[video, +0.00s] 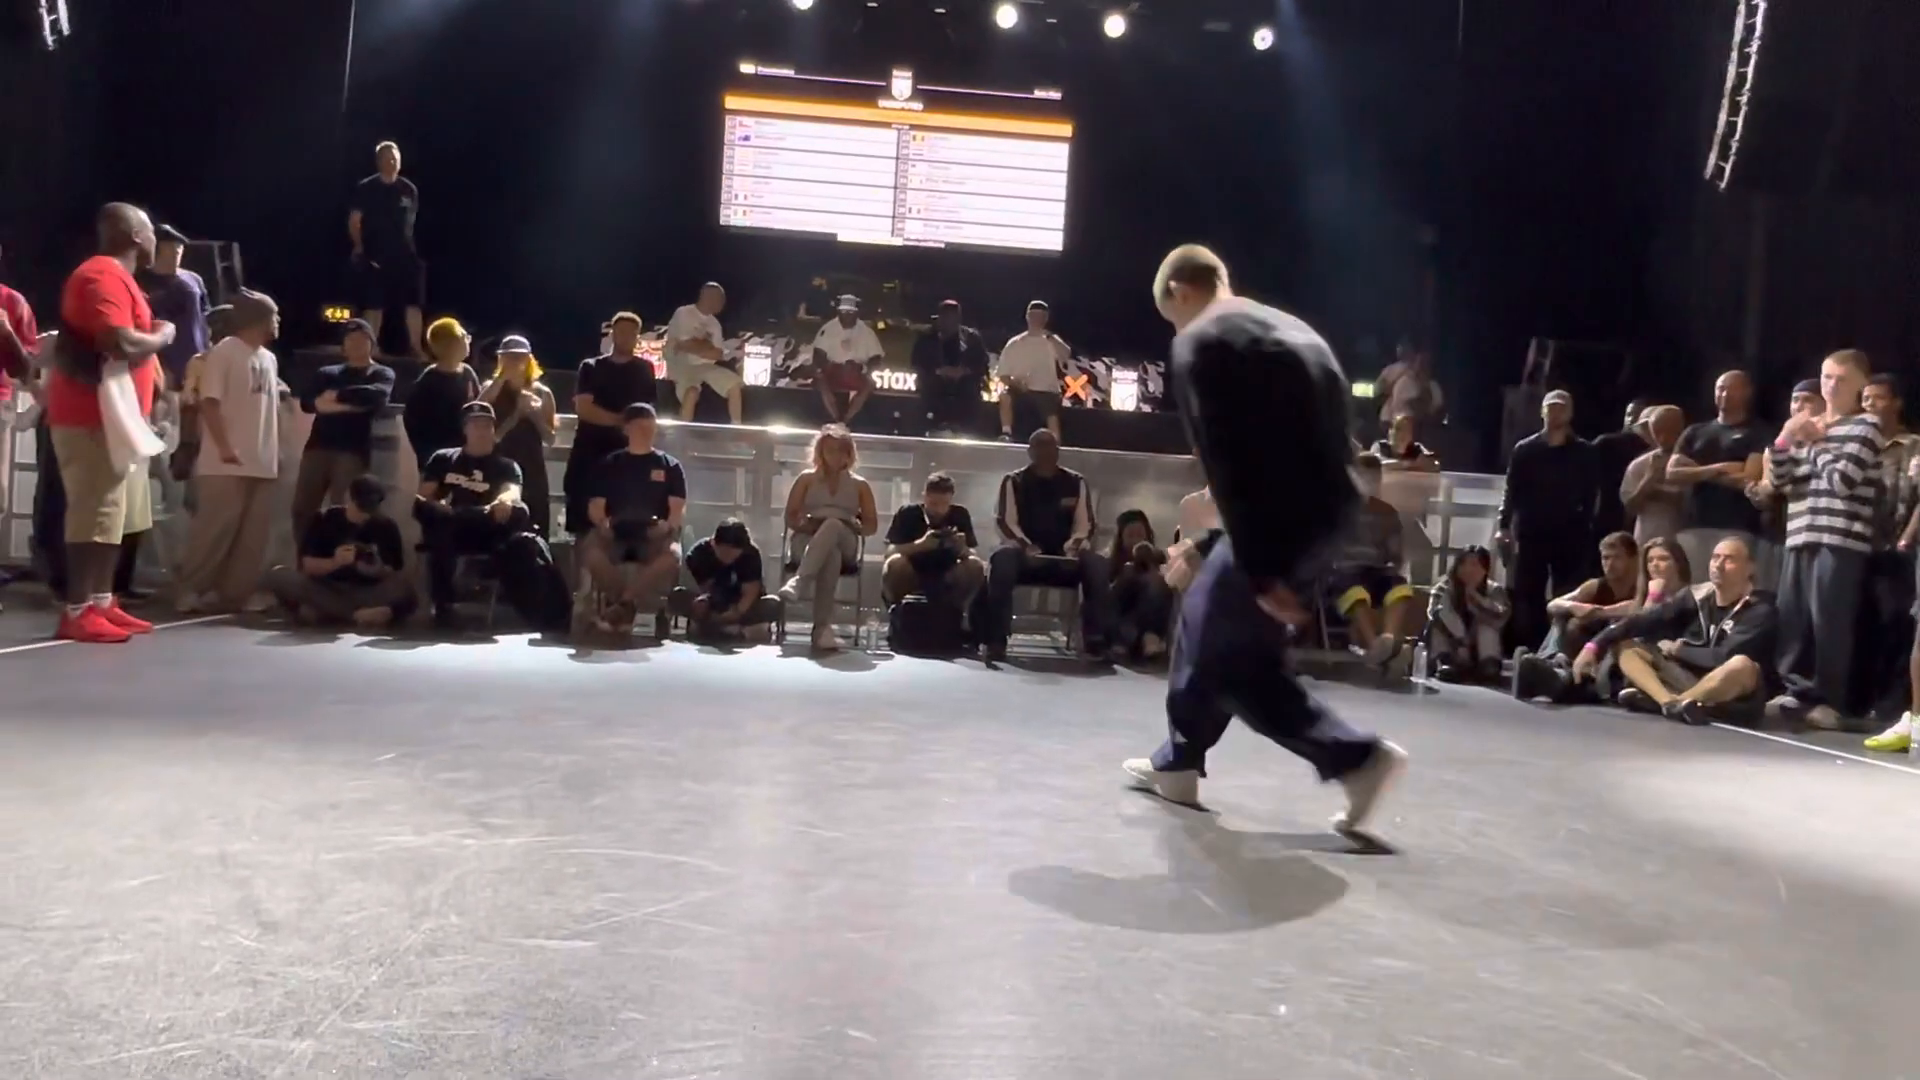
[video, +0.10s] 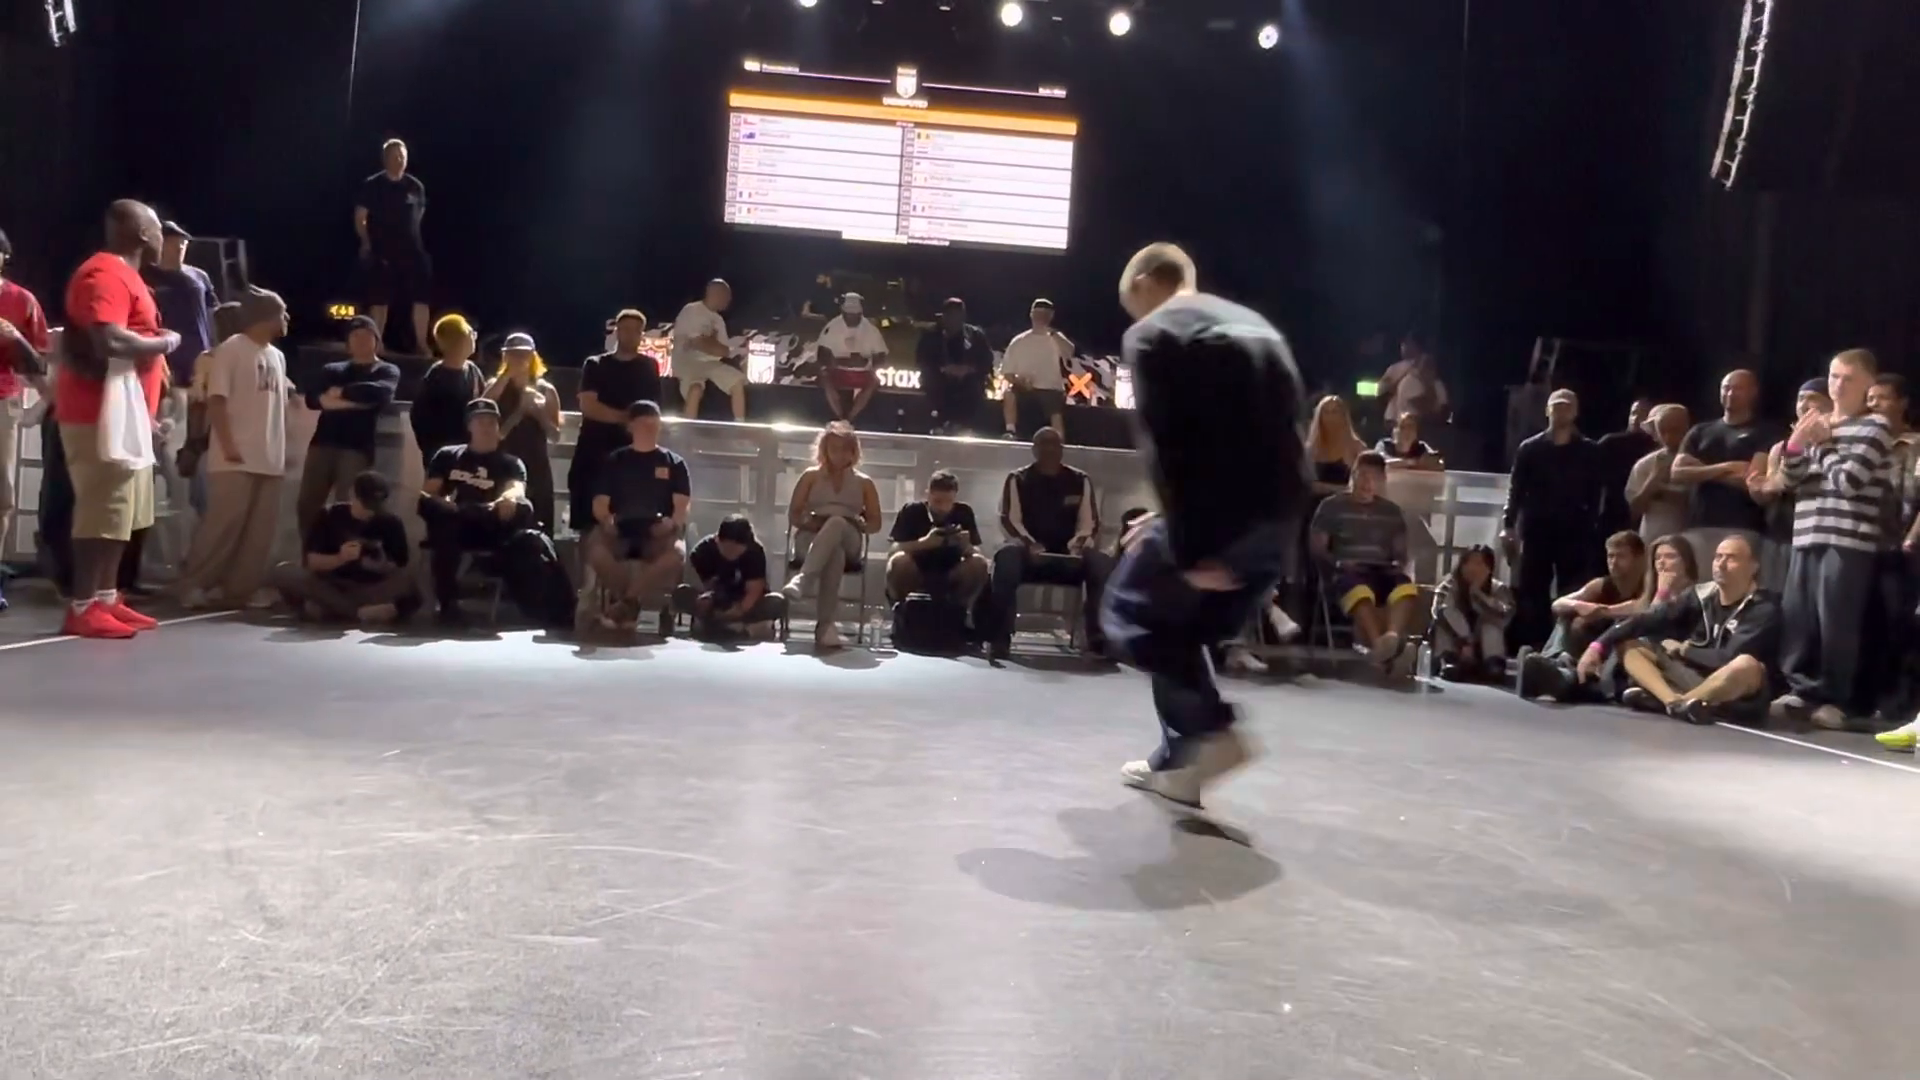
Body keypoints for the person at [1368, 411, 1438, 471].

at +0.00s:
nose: (1392, 432)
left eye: (1398, 429)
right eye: (1392, 428)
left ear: (1409, 433)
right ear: (1389, 430)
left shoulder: (1419, 449)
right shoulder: (1379, 447)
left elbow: (1432, 465)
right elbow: (1373, 465)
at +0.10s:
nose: (1407, 431)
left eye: (1411, 427)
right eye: (1403, 427)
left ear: (1416, 430)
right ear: (1397, 429)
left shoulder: (1422, 447)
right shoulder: (1384, 445)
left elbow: (1436, 463)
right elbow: (1382, 462)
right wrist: (1415, 463)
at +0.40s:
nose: (1415, 429)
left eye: (1419, 425)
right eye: (1411, 425)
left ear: (1425, 428)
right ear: (1405, 427)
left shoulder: (1430, 445)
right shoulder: (1392, 443)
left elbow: (1446, 460)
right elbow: (1388, 460)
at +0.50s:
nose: (1417, 429)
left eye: (1421, 424)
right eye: (1413, 424)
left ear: (1427, 428)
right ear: (1406, 427)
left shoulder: (1432, 445)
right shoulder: (1394, 442)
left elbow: (1447, 460)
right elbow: (1391, 459)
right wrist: (1420, 460)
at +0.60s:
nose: (1419, 428)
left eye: (1423, 424)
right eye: (1415, 424)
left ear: (1429, 427)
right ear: (1409, 426)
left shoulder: (1434, 444)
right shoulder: (1396, 442)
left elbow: (1449, 461)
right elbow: (1393, 460)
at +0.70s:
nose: (1420, 428)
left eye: (1424, 424)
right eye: (1416, 424)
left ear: (1430, 427)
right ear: (1410, 426)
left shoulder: (1436, 445)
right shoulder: (1397, 442)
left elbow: (1451, 461)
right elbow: (1393, 459)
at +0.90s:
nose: (1424, 428)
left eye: (1428, 423)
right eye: (1420, 423)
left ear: (1434, 427)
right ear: (1414, 426)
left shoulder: (1440, 444)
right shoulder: (1401, 442)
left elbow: (1454, 461)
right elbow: (1400, 459)